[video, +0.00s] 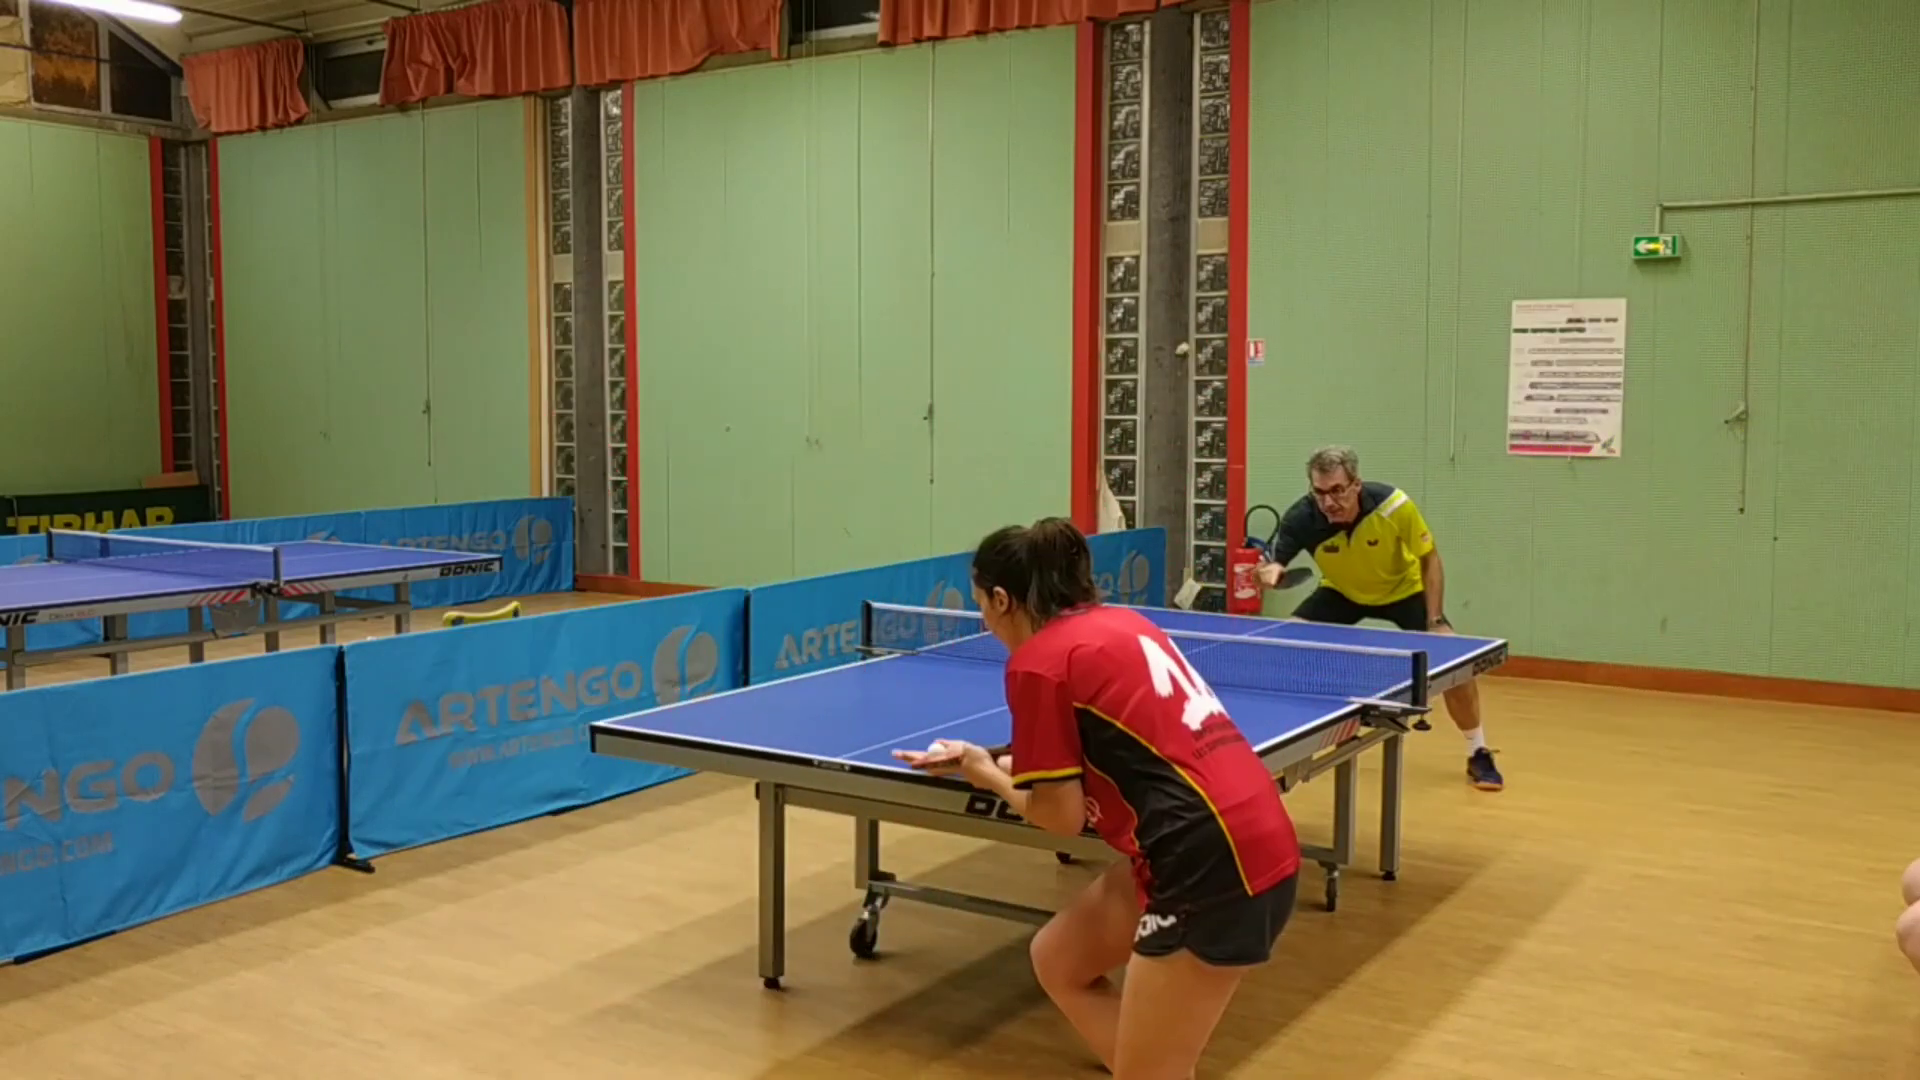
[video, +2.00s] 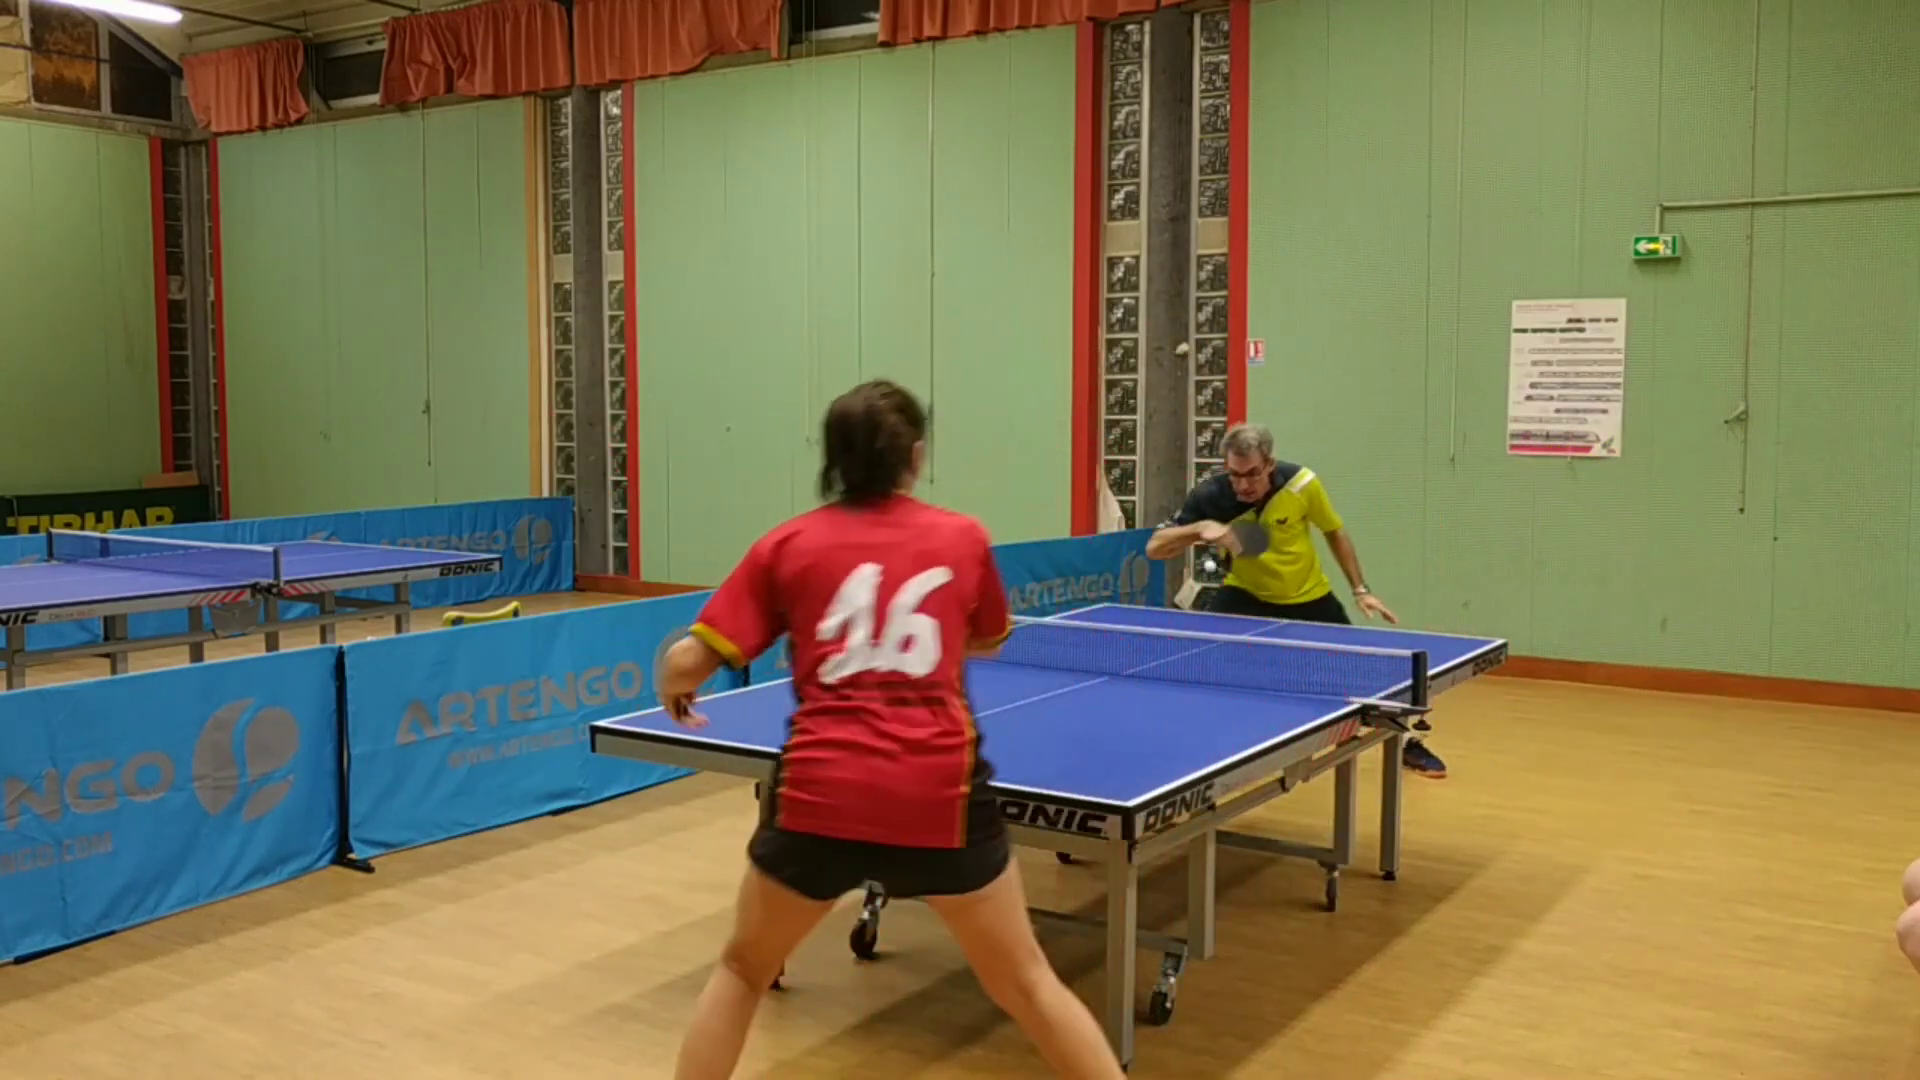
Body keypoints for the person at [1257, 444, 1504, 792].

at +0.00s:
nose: (1330, 501)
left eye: (1337, 490)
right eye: (1321, 492)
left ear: (1356, 483)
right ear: (1312, 489)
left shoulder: (1391, 503)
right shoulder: (1302, 517)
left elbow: (1430, 557)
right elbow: (1270, 564)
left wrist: (1435, 620)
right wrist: (1270, 573)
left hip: (1404, 593)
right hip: (1342, 593)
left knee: (1453, 658)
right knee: (1283, 645)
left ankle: (1479, 753)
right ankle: (1285, 749)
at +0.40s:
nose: (1352, 493)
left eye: (1361, 483)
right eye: (1344, 484)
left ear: (1380, 475)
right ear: (1335, 481)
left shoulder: (1416, 499)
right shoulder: (1325, 511)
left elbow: (1452, 557)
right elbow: (1288, 563)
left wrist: (1453, 619)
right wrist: (1295, 575)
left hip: (1424, 592)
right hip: (1362, 591)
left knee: (1468, 660)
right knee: (1305, 644)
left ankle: (1481, 753)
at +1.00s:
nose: (1340, 470)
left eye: (1349, 459)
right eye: (1331, 461)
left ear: (1367, 455)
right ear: (1322, 460)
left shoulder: (1401, 487)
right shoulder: (1308, 498)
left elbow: (1432, 552)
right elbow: (1279, 548)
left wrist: (1442, 618)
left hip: (1407, 584)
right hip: (1342, 586)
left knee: (1454, 657)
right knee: (1295, 652)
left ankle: (1478, 753)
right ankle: (1290, 749)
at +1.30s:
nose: (1304, 457)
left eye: (1312, 447)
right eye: (1296, 448)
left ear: (1329, 443)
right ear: (1286, 446)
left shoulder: (1360, 472)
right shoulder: (1269, 485)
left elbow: (1390, 528)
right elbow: (1249, 544)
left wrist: (1406, 588)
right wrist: (1266, 594)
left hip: (1365, 577)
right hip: (1303, 579)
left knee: (1417, 654)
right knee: (1264, 655)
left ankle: (1467, 750)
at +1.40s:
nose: (1294, 450)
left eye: (1303, 440)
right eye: (1286, 441)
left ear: (1321, 436)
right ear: (1277, 439)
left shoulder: (1351, 463)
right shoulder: (1260, 475)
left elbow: (1378, 518)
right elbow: (1233, 530)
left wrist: (1394, 578)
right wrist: (1237, 546)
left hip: (1357, 569)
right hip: (1295, 571)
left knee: (1404, 647)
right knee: (1261, 649)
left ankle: (1443, 744)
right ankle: (1254, 745)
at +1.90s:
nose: (1267, 472)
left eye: (1276, 462)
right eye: (1259, 462)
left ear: (1294, 451)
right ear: (1249, 454)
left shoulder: (1326, 472)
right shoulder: (1236, 485)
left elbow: (1360, 519)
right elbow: (1183, 540)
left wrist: (1378, 580)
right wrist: (1225, 520)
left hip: (1329, 583)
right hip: (1267, 582)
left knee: (1378, 657)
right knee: (1220, 651)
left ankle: (1411, 740)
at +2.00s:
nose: (1243, 485)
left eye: (1252, 475)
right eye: (1235, 475)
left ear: (1269, 464)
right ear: (1225, 467)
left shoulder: (1301, 484)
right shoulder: (1211, 495)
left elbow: (1335, 533)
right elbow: (1154, 549)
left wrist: (1360, 588)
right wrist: (1197, 531)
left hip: (1309, 596)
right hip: (1244, 594)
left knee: (1359, 664)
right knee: (1188, 651)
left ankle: (1403, 740)